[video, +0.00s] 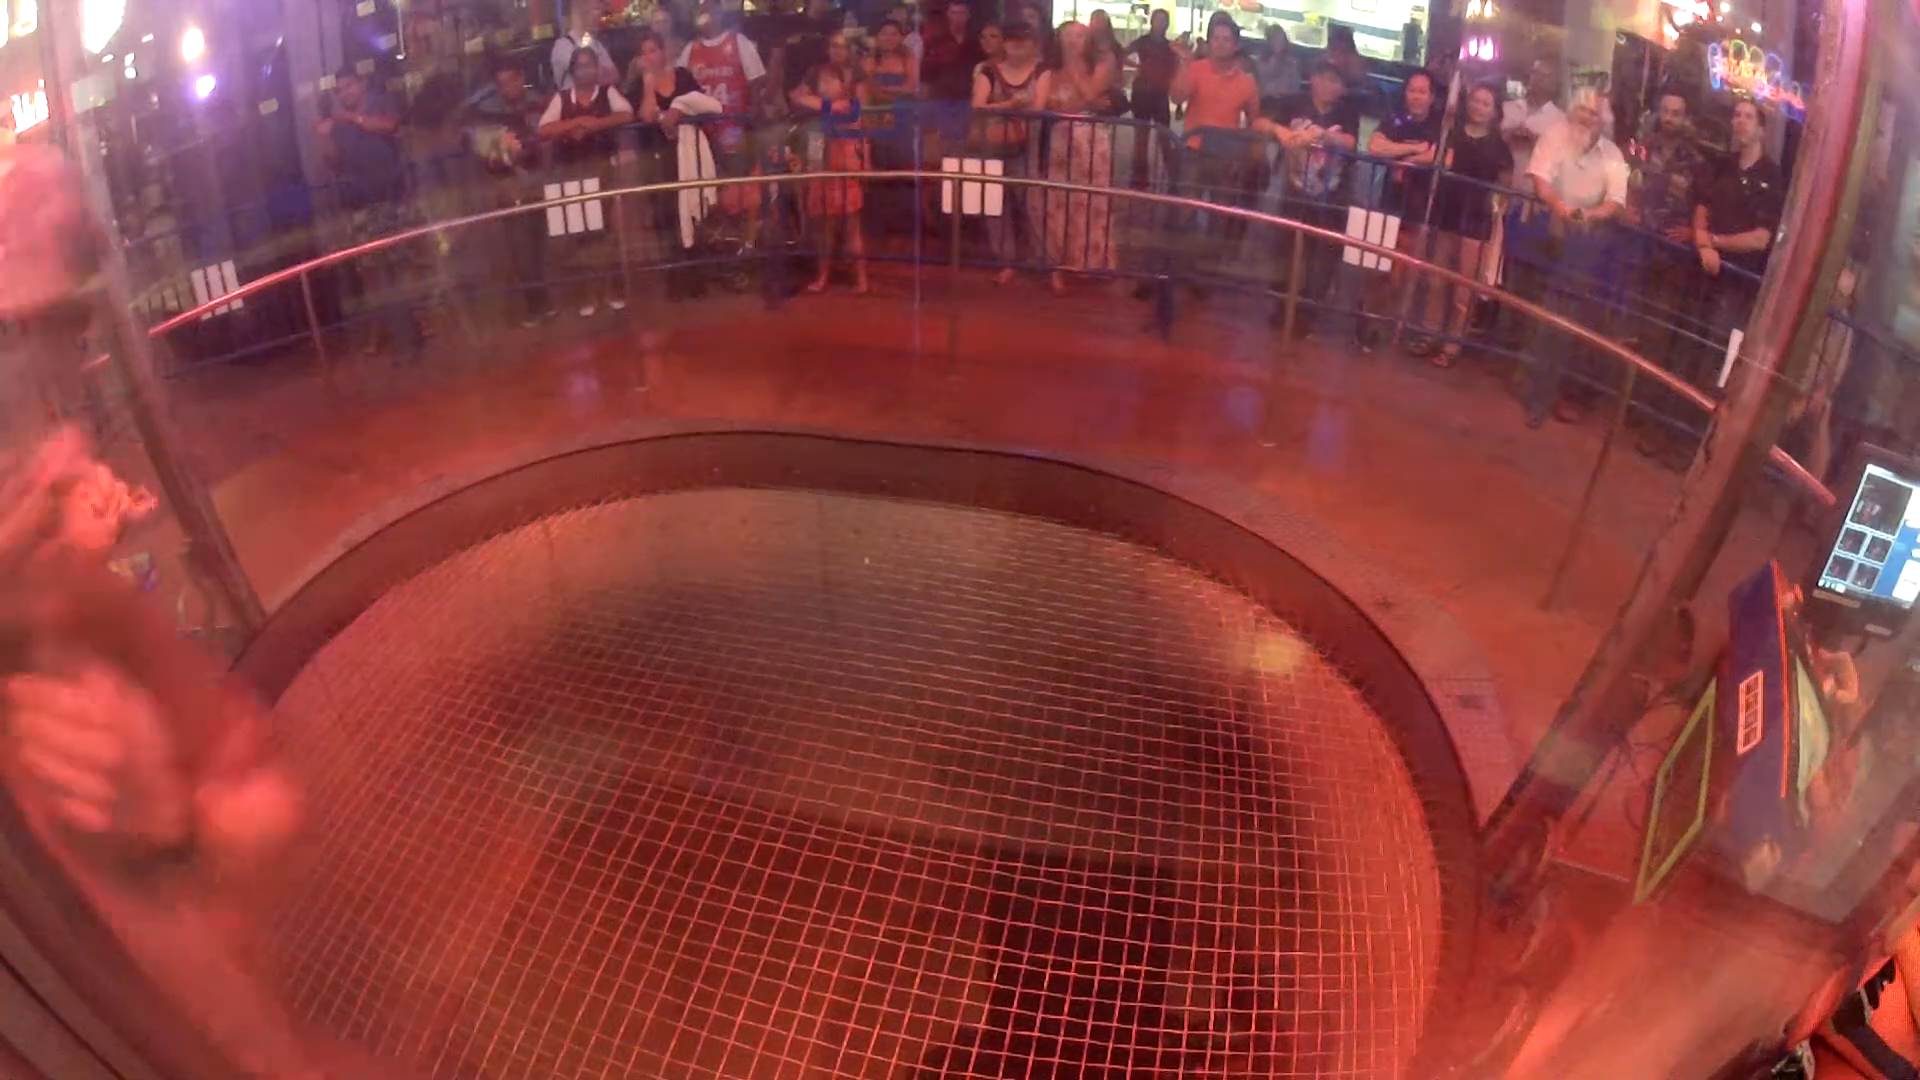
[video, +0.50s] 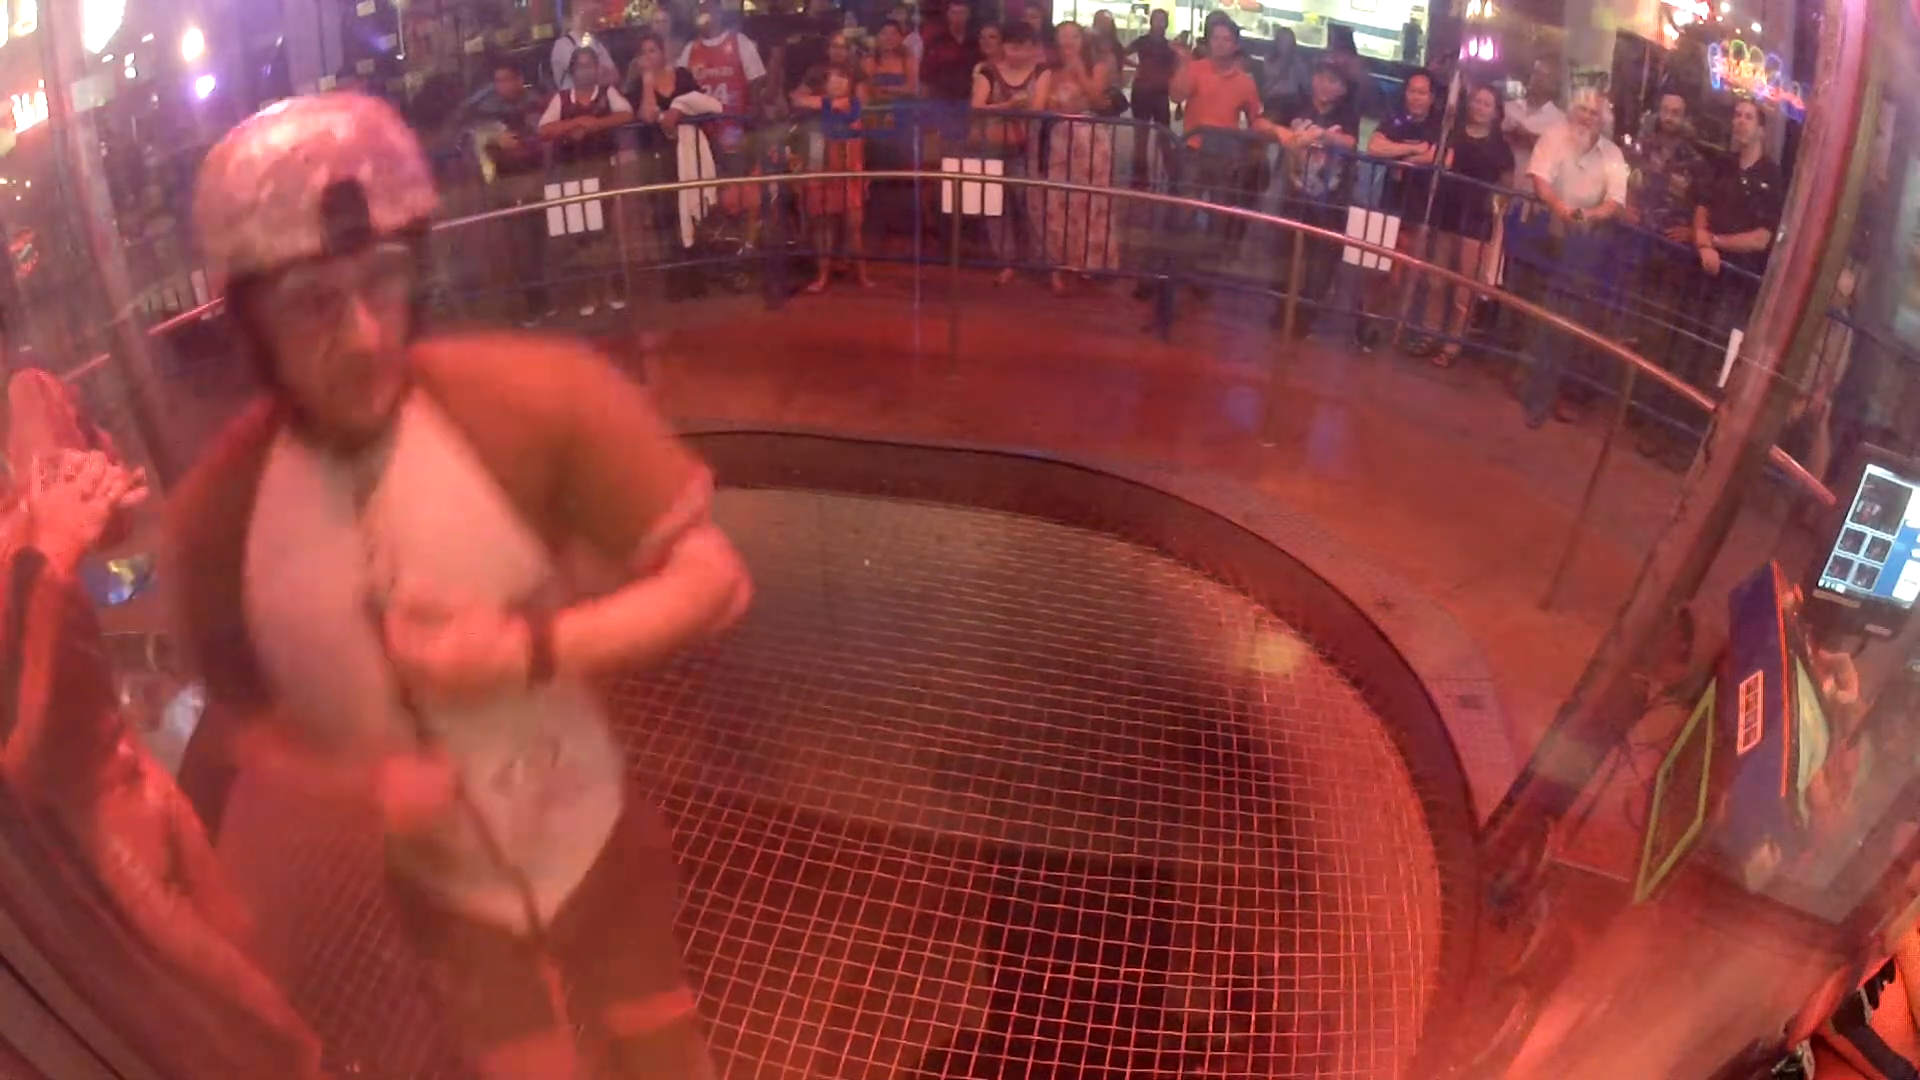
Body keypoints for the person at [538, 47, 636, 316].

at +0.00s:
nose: (584, 70)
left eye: (589, 65)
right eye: (579, 66)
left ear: (597, 69)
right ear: (571, 70)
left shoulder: (608, 92)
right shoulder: (561, 98)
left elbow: (626, 115)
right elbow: (543, 130)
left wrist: (592, 124)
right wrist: (574, 125)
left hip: (604, 170)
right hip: (570, 175)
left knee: (607, 233)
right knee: (579, 238)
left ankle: (614, 290)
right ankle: (588, 294)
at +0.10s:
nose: (582, 71)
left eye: (587, 65)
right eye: (578, 66)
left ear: (597, 69)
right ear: (571, 70)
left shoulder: (608, 92)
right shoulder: (561, 98)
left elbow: (626, 114)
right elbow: (543, 130)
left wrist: (592, 124)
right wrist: (574, 126)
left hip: (604, 171)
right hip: (570, 175)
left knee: (607, 234)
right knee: (579, 239)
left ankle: (614, 291)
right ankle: (588, 295)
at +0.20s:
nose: (583, 71)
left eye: (588, 66)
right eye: (578, 67)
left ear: (597, 69)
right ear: (571, 71)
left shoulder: (608, 92)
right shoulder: (562, 97)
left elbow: (626, 114)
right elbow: (544, 130)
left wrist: (592, 124)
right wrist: (575, 124)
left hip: (604, 170)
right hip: (570, 175)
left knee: (606, 234)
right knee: (579, 238)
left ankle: (614, 291)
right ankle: (588, 295)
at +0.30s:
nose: (583, 71)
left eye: (588, 66)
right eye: (578, 66)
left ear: (597, 69)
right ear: (571, 71)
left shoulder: (608, 92)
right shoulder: (562, 97)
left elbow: (626, 115)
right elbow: (543, 129)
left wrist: (592, 124)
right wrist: (574, 125)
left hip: (604, 171)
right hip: (570, 175)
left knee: (607, 233)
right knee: (580, 238)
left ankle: (614, 291)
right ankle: (588, 295)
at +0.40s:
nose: (583, 71)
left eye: (588, 65)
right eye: (578, 66)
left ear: (597, 69)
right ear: (571, 70)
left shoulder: (608, 92)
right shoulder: (561, 98)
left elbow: (626, 115)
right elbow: (544, 129)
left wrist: (592, 124)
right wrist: (574, 125)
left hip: (604, 170)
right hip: (570, 175)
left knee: (607, 233)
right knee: (579, 238)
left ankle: (614, 291)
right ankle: (588, 295)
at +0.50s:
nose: (583, 70)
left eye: (588, 65)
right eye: (578, 66)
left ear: (597, 69)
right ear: (571, 70)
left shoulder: (608, 92)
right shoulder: (561, 97)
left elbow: (626, 115)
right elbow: (544, 129)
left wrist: (592, 124)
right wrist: (575, 125)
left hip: (604, 170)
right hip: (570, 174)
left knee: (606, 233)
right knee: (580, 237)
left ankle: (614, 291)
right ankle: (589, 295)